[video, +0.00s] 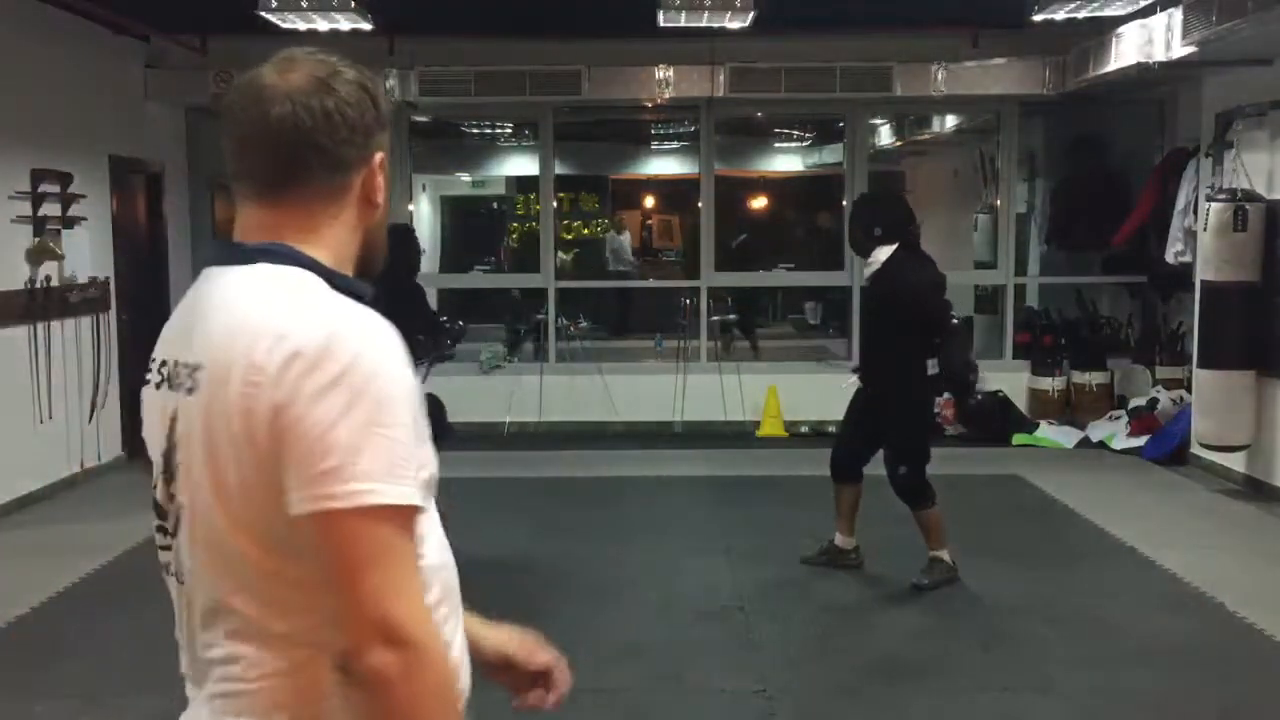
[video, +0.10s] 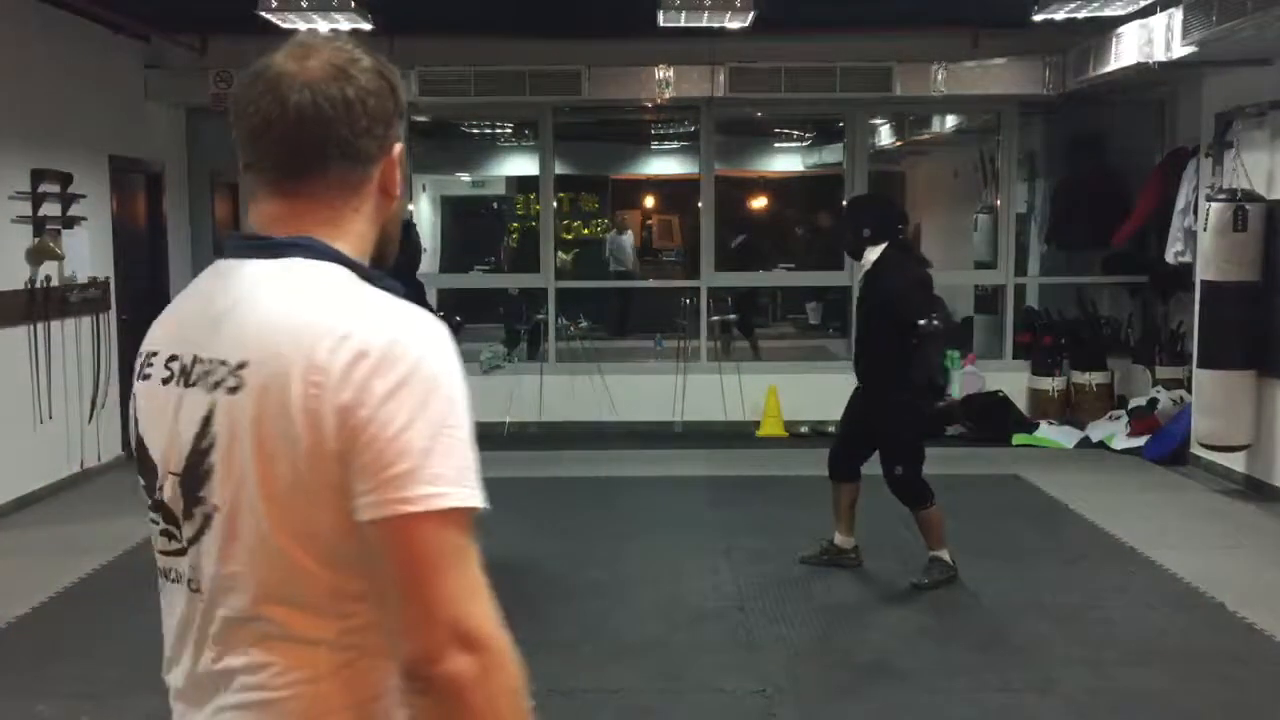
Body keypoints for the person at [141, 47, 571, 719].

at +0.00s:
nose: (396, 199)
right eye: (396, 177)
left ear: (242, 174)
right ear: (375, 182)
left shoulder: (193, 320)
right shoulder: (338, 341)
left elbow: (282, 553)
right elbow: (385, 649)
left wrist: (473, 635)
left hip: (218, 699)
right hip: (323, 707)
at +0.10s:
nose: (411, 193)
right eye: (409, 170)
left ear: (246, 165)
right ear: (392, 171)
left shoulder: (172, 329)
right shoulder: (388, 341)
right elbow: (452, 652)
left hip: (198, 695)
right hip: (336, 701)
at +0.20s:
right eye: (421, 157)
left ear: (253, 161)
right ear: (408, 165)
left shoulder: (159, 331)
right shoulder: (430, 345)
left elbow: (138, 578)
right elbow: (506, 664)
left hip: (180, 704)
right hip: (364, 705)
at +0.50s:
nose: (412, 173)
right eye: (414, 153)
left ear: (241, 157)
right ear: (398, 162)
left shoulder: (108, 334)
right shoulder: (466, 352)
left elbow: (51, 612)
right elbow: (557, 661)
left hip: (148, 702)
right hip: (371, 702)